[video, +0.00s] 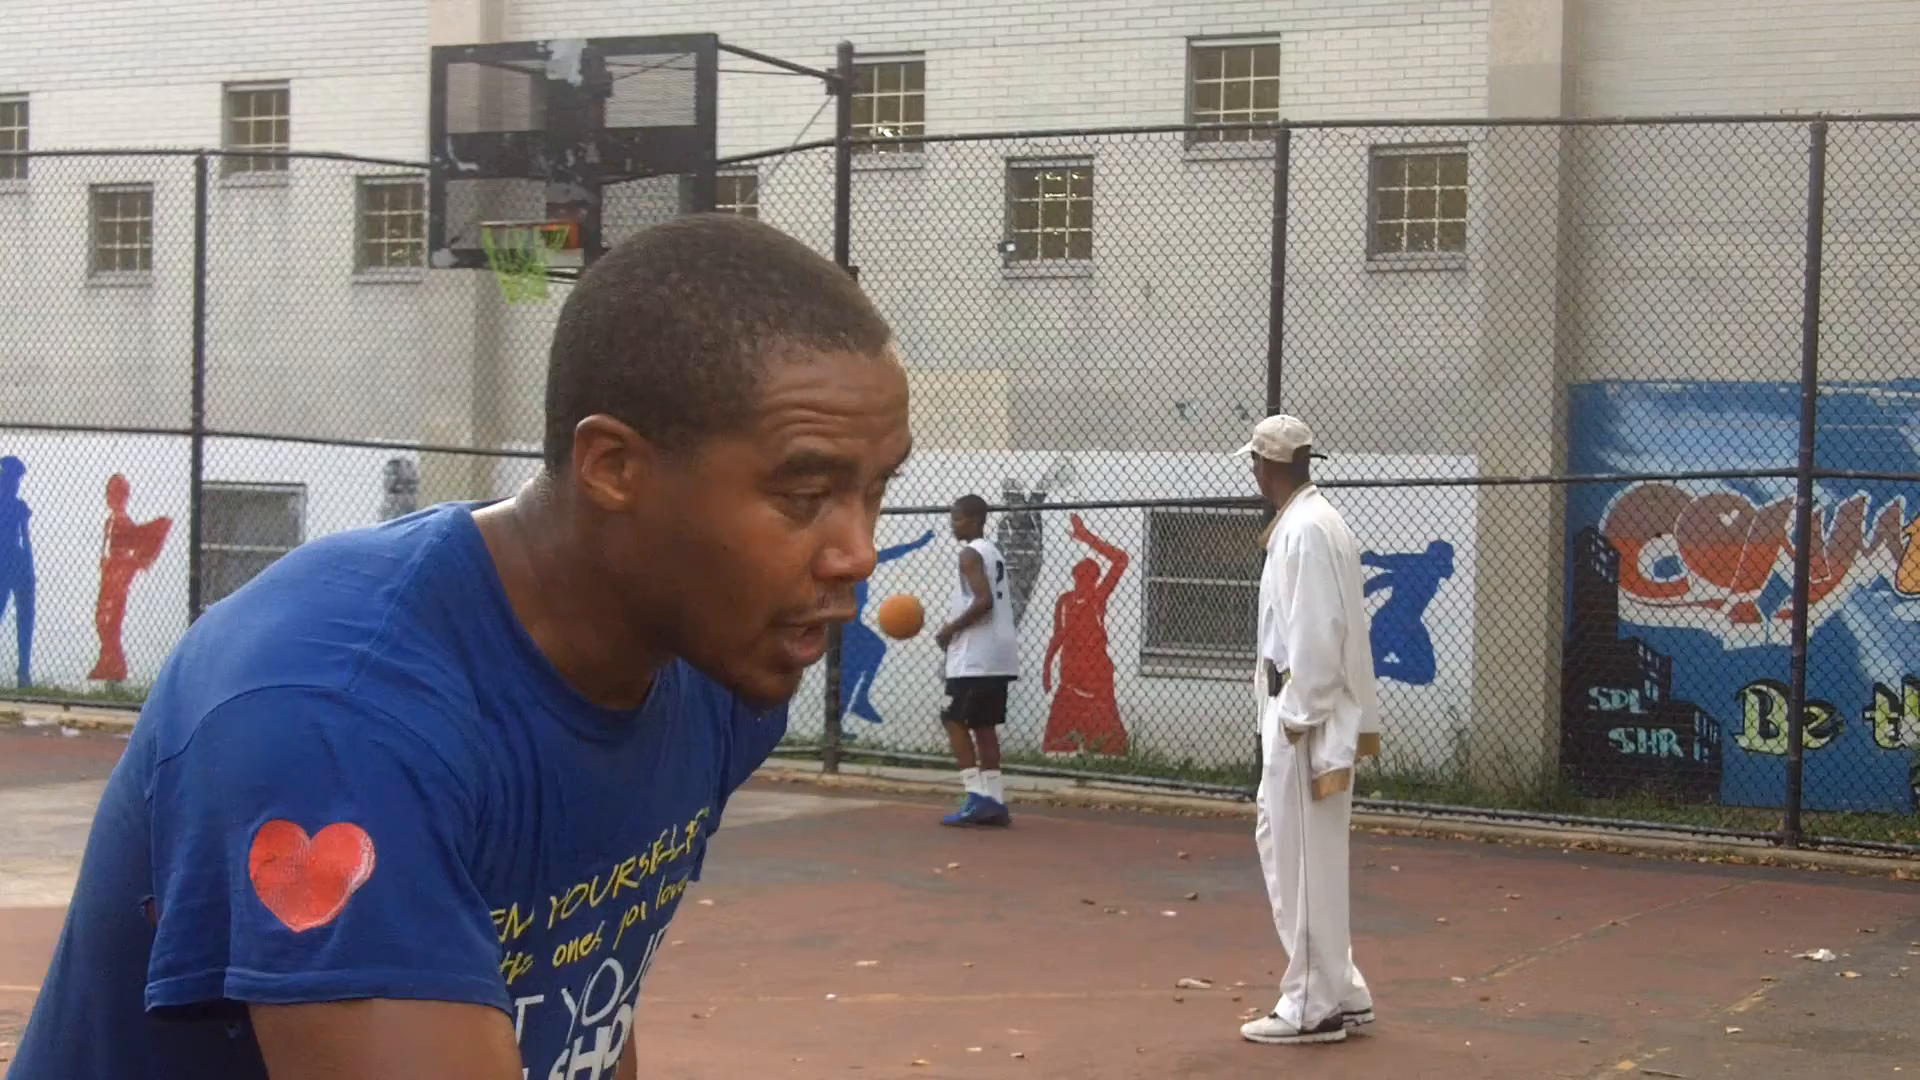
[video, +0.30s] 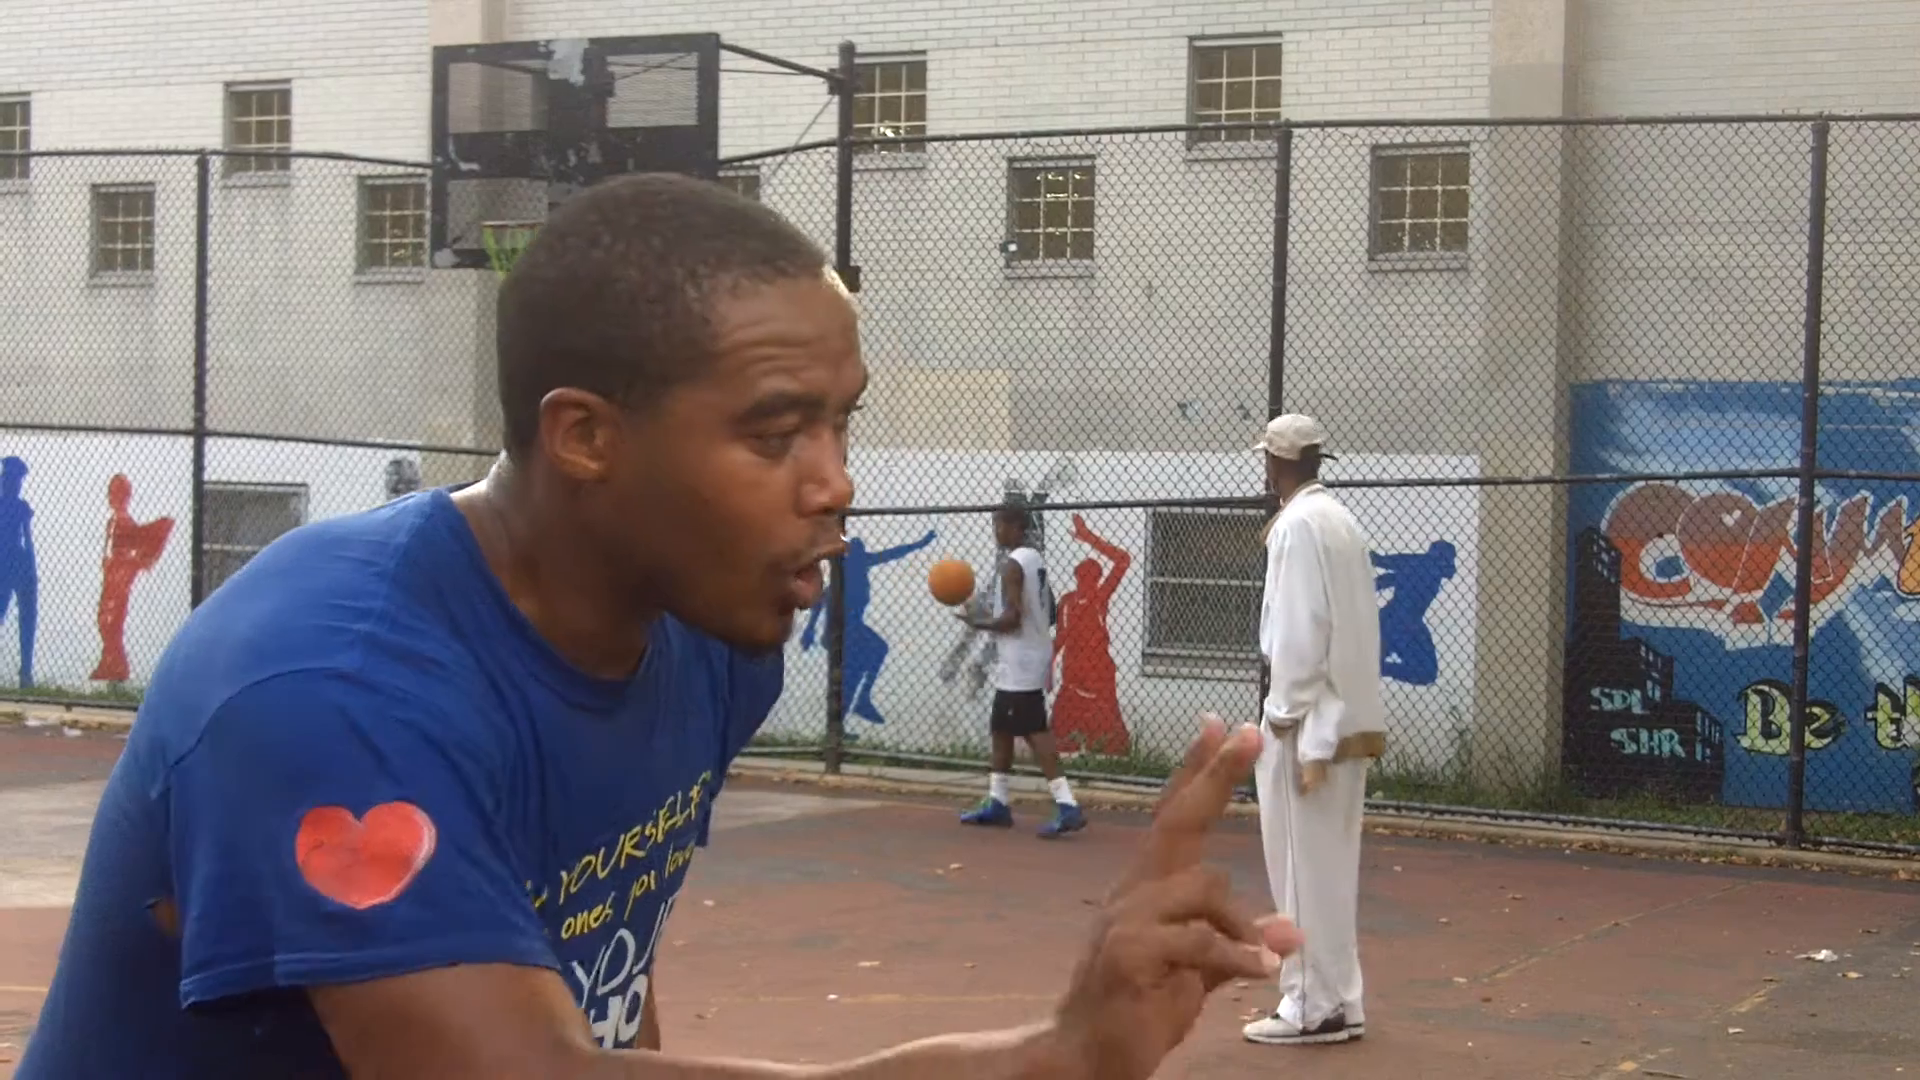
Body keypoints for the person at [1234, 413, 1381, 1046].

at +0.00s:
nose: (1251, 473)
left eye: (1256, 464)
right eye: (1253, 463)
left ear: (1273, 468)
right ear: (1298, 465)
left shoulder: (1307, 530)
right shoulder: (1309, 522)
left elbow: (1319, 638)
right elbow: (1335, 634)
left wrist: (1296, 714)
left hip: (1306, 721)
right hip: (1299, 717)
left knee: (1305, 857)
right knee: (1283, 846)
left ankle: (1316, 1003)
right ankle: (1335, 988)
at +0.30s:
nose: (1261, 470)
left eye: (1264, 461)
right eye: (1263, 460)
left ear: (1276, 464)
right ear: (1313, 461)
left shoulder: (1300, 524)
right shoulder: (1334, 518)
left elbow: (1303, 634)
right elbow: (1343, 630)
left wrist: (1298, 725)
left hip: (1310, 727)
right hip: (1341, 723)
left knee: (1304, 867)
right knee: (1321, 865)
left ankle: (1319, 1006)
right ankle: (1334, 999)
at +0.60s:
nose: (1280, 472)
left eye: (1282, 463)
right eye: (1284, 462)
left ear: (1290, 464)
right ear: (1333, 464)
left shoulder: (1299, 520)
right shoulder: (1363, 526)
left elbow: (1296, 624)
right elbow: (1383, 625)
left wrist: (1277, 706)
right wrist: (1370, 699)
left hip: (1306, 716)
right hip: (1359, 716)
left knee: (1303, 858)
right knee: (1340, 856)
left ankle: (1325, 1005)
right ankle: (1345, 999)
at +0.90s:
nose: (1302, 472)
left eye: (1302, 464)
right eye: (1313, 463)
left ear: (1308, 465)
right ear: (1353, 466)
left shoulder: (1301, 517)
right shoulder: (1384, 535)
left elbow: (1286, 618)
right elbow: (1402, 636)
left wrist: (1260, 696)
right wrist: (1373, 697)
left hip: (1296, 710)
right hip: (1359, 716)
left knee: (1279, 851)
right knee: (1340, 857)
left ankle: (1290, 992)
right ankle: (1343, 1003)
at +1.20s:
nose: (1304, 473)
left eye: (1304, 465)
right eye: (1319, 464)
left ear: (1308, 467)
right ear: (1357, 470)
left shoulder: (1285, 519)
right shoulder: (1389, 536)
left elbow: (1261, 614)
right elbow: (1404, 637)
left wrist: (1243, 695)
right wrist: (1385, 713)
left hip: (1285, 709)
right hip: (1358, 715)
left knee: (1261, 849)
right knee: (1345, 856)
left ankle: (1248, 983)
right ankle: (1337, 1001)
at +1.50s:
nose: (1303, 476)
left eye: (1296, 469)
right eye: (1323, 466)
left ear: (1292, 472)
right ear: (1341, 471)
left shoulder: (1264, 527)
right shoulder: (1377, 537)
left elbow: (1243, 625)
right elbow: (1394, 636)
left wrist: (1234, 701)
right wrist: (1388, 710)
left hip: (1275, 709)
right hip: (1353, 711)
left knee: (1270, 845)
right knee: (1345, 850)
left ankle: (1268, 976)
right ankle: (1340, 999)